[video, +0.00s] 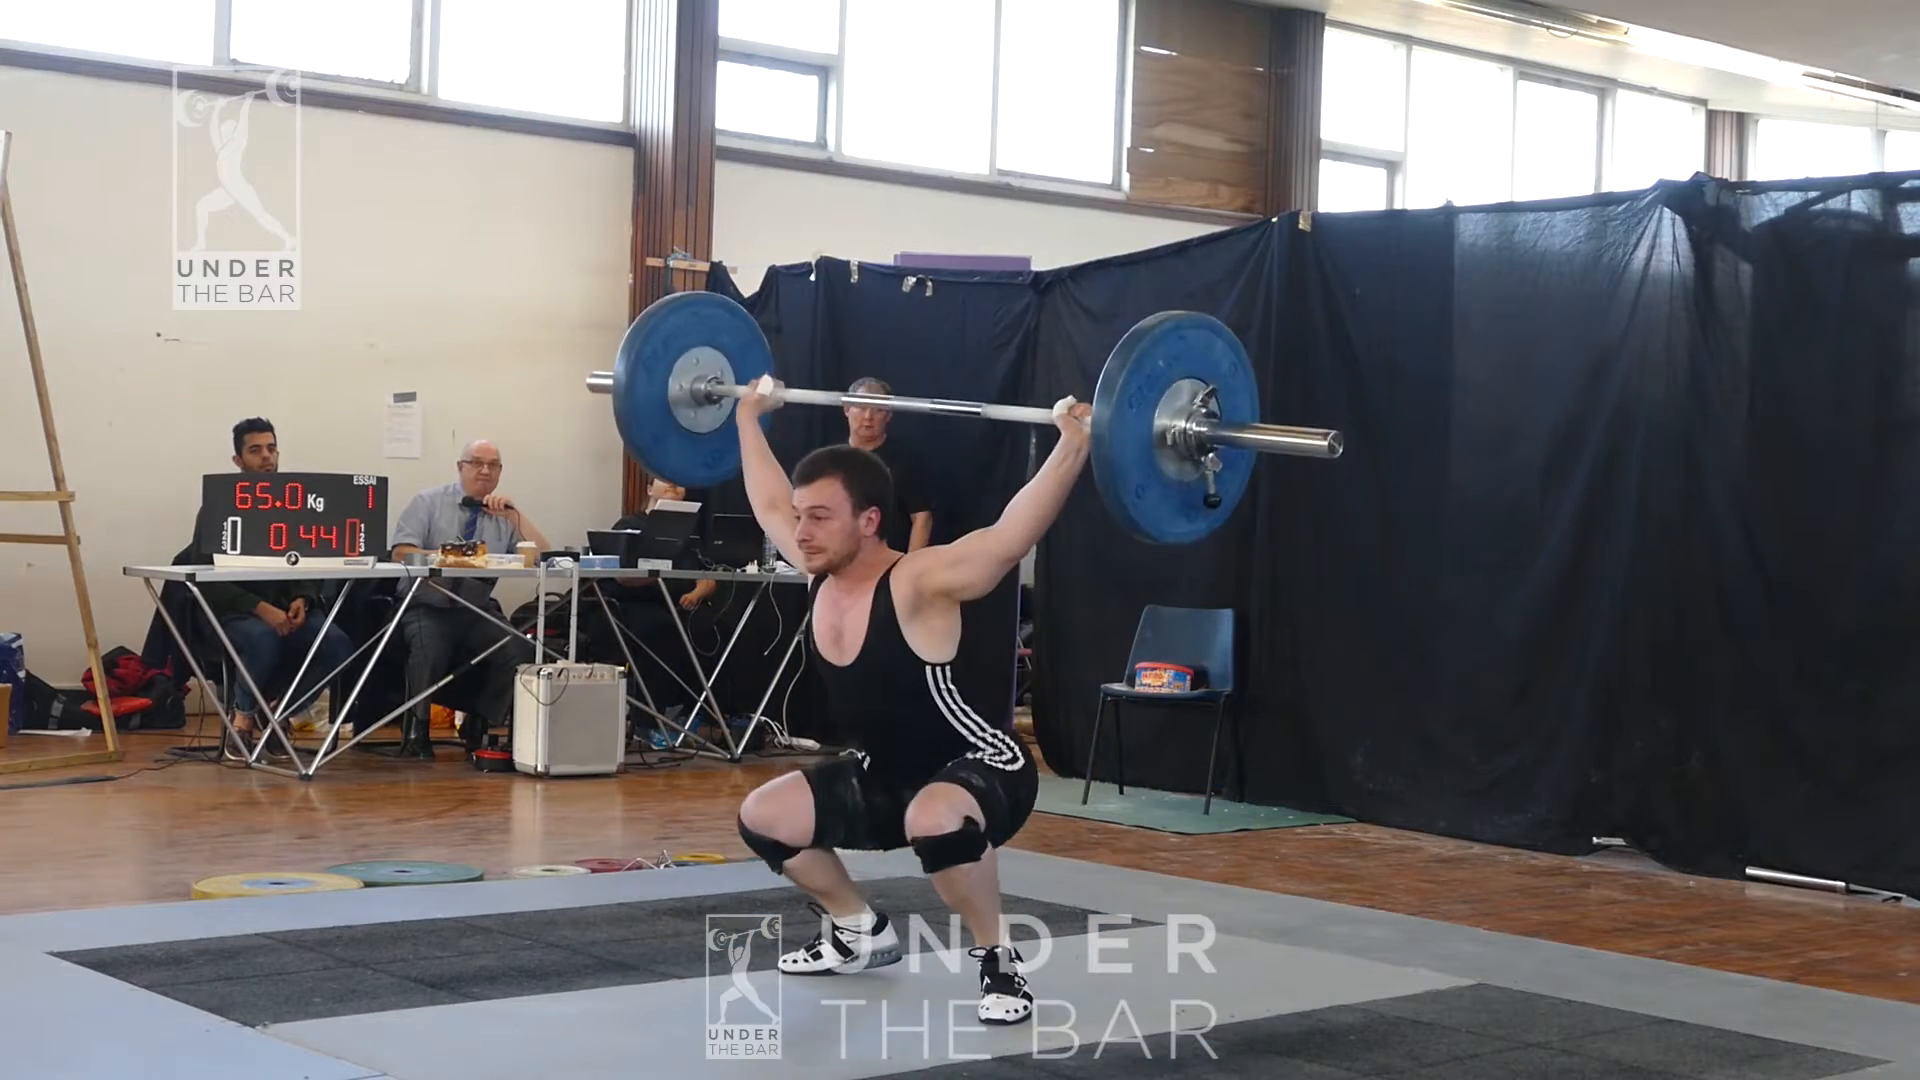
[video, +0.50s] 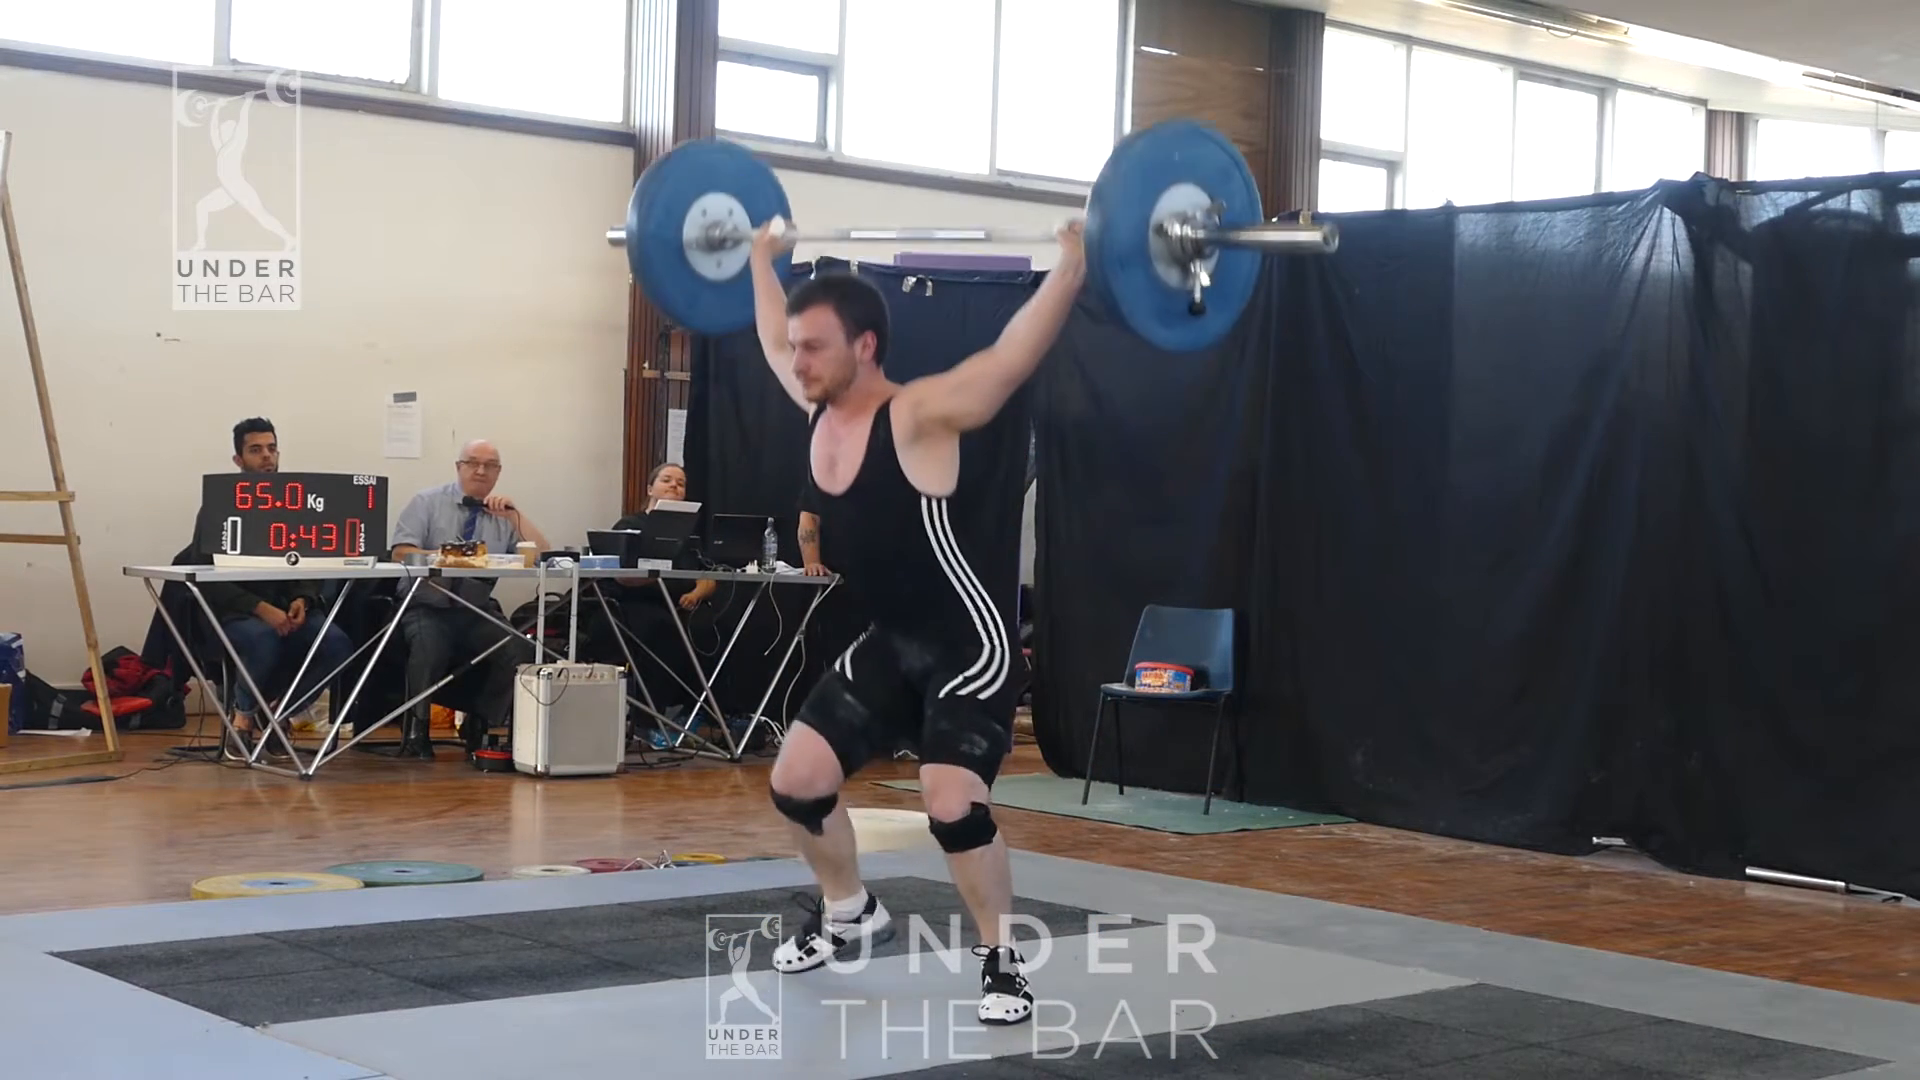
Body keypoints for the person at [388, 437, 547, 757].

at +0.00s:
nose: (485, 471)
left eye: (493, 465)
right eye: (476, 464)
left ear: (500, 473)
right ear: (460, 468)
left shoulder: (504, 516)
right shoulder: (428, 502)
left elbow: (545, 555)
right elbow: (401, 551)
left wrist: (516, 515)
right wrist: (443, 562)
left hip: (478, 609)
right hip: (429, 606)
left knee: (518, 652)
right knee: (429, 651)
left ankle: (477, 725)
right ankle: (417, 730)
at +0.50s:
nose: (481, 472)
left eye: (490, 466)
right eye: (473, 464)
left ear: (499, 473)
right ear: (459, 468)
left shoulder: (503, 516)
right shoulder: (427, 502)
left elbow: (544, 555)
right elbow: (401, 552)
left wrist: (516, 515)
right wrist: (444, 560)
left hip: (478, 609)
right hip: (428, 605)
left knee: (518, 651)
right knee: (429, 649)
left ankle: (477, 727)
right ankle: (417, 731)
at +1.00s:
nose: (455, 470)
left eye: (465, 464)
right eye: (449, 463)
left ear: (483, 470)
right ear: (442, 465)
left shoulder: (495, 516)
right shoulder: (418, 503)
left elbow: (540, 553)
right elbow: (397, 550)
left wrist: (513, 519)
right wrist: (436, 559)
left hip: (476, 607)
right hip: (426, 604)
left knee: (516, 650)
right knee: (430, 646)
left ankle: (478, 727)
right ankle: (417, 732)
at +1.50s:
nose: (423, 469)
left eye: (433, 462)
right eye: (417, 462)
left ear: (453, 466)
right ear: (411, 464)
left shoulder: (479, 507)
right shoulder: (396, 504)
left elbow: (532, 547)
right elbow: (389, 545)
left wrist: (504, 545)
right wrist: (442, 548)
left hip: (469, 607)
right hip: (416, 607)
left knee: (513, 649)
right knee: (433, 642)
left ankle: (479, 724)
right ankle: (437, 724)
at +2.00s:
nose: (404, 469)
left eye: (414, 462)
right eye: (398, 461)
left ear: (435, 466)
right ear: (393, 463)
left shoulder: (464, 501)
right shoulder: (386, 498)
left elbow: (511, 534)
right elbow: (386, 548)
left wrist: (506, 545)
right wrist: (443, 555)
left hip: (465, 603)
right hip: (413, 606)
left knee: (506, 653)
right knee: (444, 660)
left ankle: (478, 726)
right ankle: (443, 720)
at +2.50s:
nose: (403, 468)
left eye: (413, 461)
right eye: (398, 460)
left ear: (435, 465)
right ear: (392, 461)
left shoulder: (462, 500)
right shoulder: (380, 500)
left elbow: (509, 533)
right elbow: (349, 535)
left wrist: (504, 546)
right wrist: (369, 554)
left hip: (459, 601)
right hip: (405, 605)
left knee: (504, 657)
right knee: (445, 659)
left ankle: (479, 727)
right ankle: (445, 723)